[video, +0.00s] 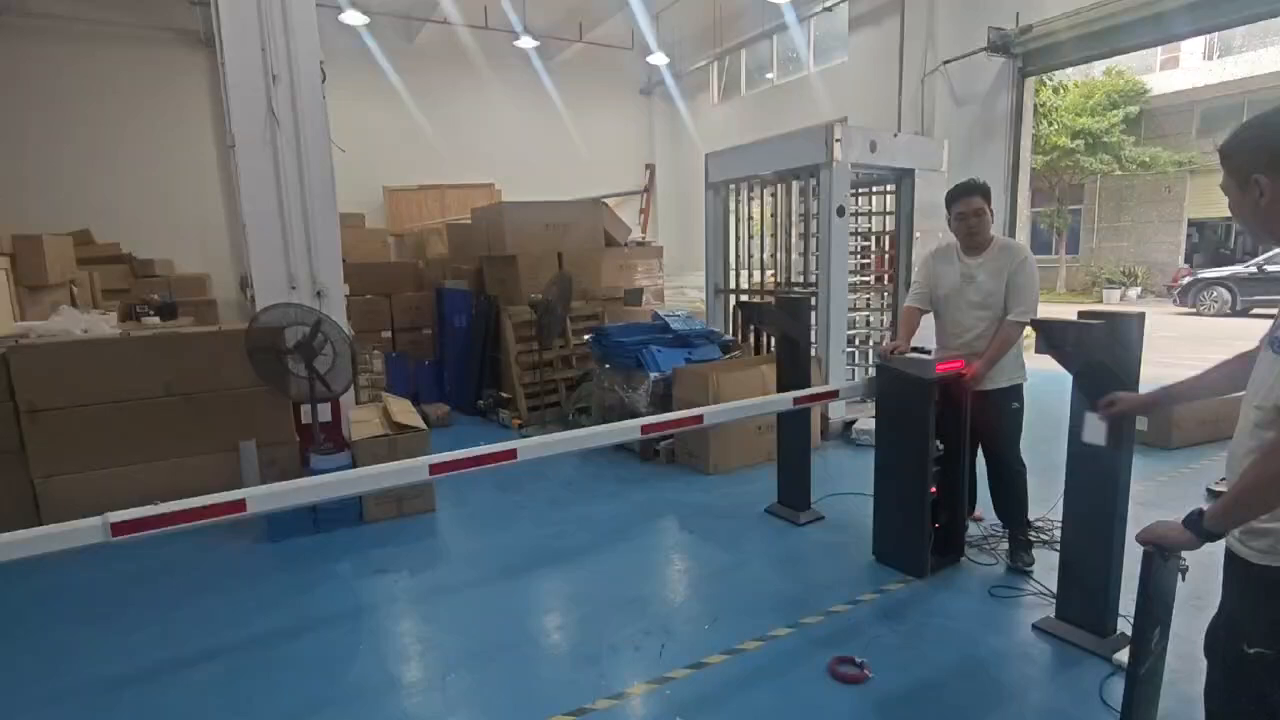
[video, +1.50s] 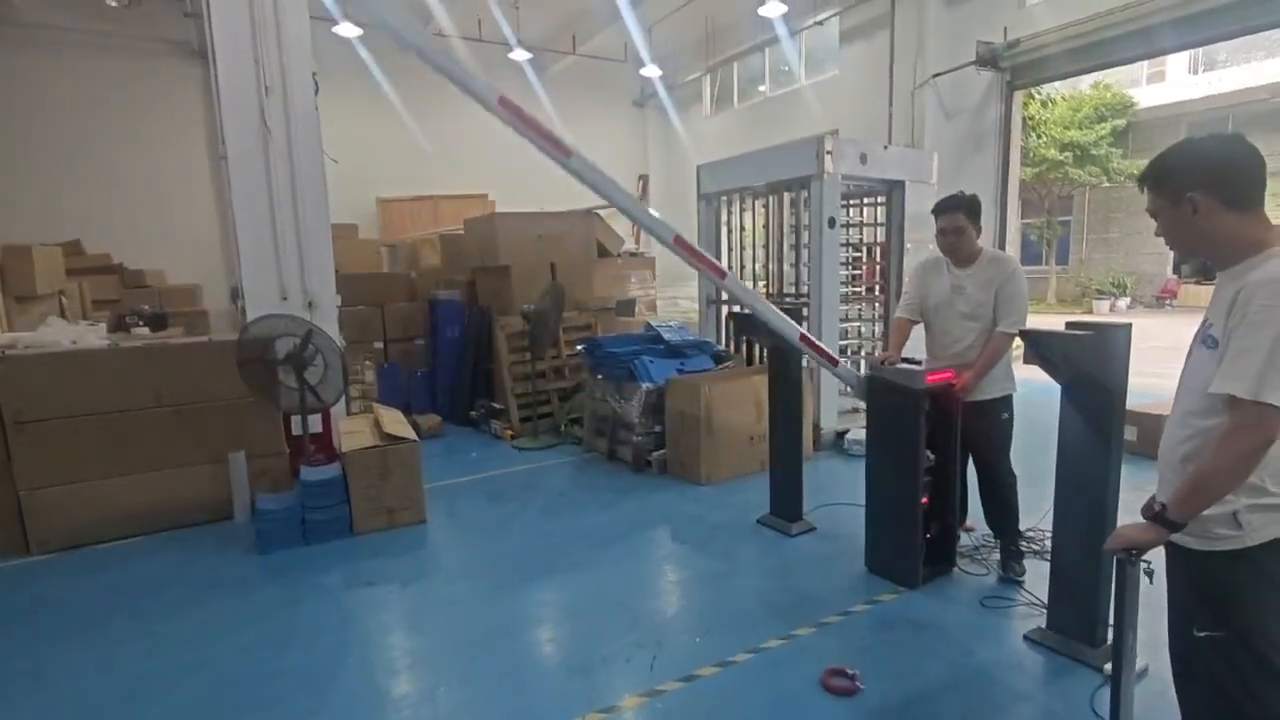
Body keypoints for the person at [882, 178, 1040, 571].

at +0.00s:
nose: (970, 223)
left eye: (977, 214)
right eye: (961, 217)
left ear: (991, 213)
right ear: (950, 221)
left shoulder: (1017, 257)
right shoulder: (937, 258)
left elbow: (1017, 319)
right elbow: (915, 302)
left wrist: (984, 362)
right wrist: (902, 338)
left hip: (1000, 380)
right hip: (951, 380)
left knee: (1004, 462)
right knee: (953, 463)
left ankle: (1018, 536)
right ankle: (949, 541)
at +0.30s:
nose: (969, 225)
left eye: (975, 216)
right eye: (960, 219)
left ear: (990, 216)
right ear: (948, 223)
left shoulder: (1015, 259)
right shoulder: (935, 260)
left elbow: (1016, 320)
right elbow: (914, 304)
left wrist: (983, 364)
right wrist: (901, 341)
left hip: (999, 382)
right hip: (950, 382)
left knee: (1003, 465)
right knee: (952, 466)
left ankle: (1017, 538)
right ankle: (949, 542)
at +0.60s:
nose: (966, 227)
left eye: (973, 219)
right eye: (957, 222)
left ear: (987, 218)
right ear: (946, 227)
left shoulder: (1012, 261)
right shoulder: (933, 263)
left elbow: (1014, 323)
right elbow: (911, 306)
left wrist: (981, 367)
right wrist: (899, 344)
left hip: (997, 385)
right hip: (948, 385)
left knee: (1002, 467)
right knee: (951, 467)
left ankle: (1016, 540)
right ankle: (948, 542)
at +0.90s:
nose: (963, 231)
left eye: (970, 222)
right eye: (954, 225)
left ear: (985, 221)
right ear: (943, 230)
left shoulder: (1010, 264)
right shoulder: (932, 265)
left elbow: (1011, 326)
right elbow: (910, 309)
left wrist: (978, 370)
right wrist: (897, 346)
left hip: (994, 388)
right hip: (946, 388)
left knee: (1000, 471)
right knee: (948, 471)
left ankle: (1014, 543)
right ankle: (946, 546)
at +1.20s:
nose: (952, 238)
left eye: (960, 230)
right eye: (945, 231)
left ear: (980, 228)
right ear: (937, 231)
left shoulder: (1007, 267)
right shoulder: (929, 267)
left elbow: (1008, 328)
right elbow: (907, 312)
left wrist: (976, 372)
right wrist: (894, 349)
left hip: (991, 390)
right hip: (943, 390)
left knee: (997, 472)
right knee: (946, 472)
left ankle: (1011, 544)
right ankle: (943, 547)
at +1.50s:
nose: (947, 241)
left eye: (956, 233)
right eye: (941, 233)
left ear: (978, 230)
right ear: (934, 233)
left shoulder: (1005, 269)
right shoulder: (927, 269)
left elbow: (1006, 330)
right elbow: (905, 314)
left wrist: (974, 373)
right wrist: (892, 352)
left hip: (990, 393)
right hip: (941, 392)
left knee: (995, 475)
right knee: (944, 475)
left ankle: (1010, 546)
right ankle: (940, 551)